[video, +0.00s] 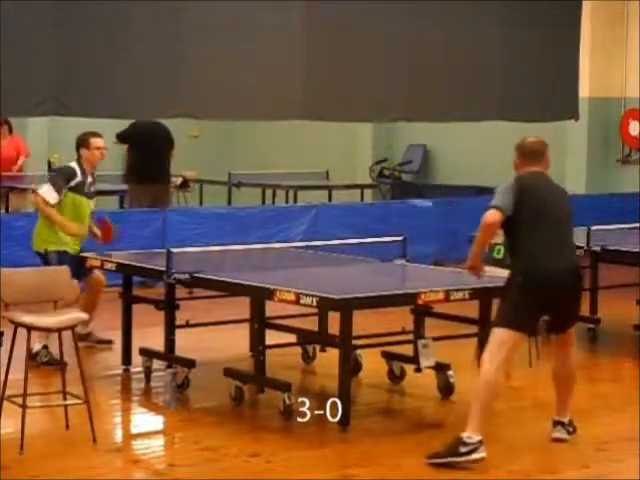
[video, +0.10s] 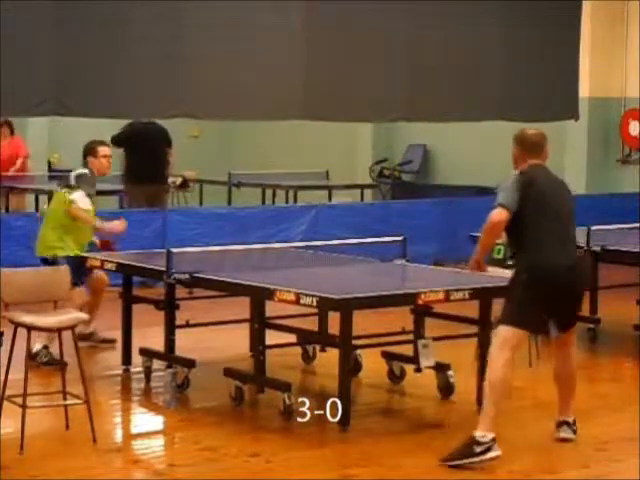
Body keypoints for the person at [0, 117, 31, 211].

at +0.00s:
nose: (3, 130)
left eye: (4, 127)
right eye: (2, 127)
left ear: (8, 128)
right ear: (0, 128)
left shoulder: (15, 140)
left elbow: (23, 153)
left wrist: (17, 166)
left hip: (13, 174)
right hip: (3, 174)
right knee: (3, 196)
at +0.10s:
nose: (4, 132)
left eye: (5, 129)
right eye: (2, 129)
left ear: (10, 130)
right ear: (0, 130)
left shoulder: (16, 141)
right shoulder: (2, 143)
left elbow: (22, 156)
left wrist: (13, 170)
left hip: (17, 179)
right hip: (4, 178)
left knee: (16, 209)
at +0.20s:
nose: (4, 133)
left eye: (6, 130)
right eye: (2, 131)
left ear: (10, 131)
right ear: (1, 131)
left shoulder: (16, 142)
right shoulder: (3, 143)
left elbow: (19, 159)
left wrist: (10, 175)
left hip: (19, 177)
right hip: (6, 177)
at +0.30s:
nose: (3, 134)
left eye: (5, 131)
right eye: (2, 131)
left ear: (10, 131)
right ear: (1, 132)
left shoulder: (16, 143)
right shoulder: (3, 144)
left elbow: (17, 161)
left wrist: (8, 177)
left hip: (20, 178)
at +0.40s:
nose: (4, 134)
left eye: (5, 131)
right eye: (3, 131)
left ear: (10, 131)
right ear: (2, 132)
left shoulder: (17, 142)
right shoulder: (4, 143)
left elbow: (16, 159)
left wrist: (7, 172)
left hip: (20, 177)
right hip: (9, 178)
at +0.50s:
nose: (5, 133)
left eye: (7, 130)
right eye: (4, 130)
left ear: (12, 130)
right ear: (2, 130)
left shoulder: (18, 141)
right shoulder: (4, 141)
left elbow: (17, 158)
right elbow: (3, 156)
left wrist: (5, 163)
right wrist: (4, 162)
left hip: (20, 177)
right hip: (8, 176)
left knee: (19, 205)